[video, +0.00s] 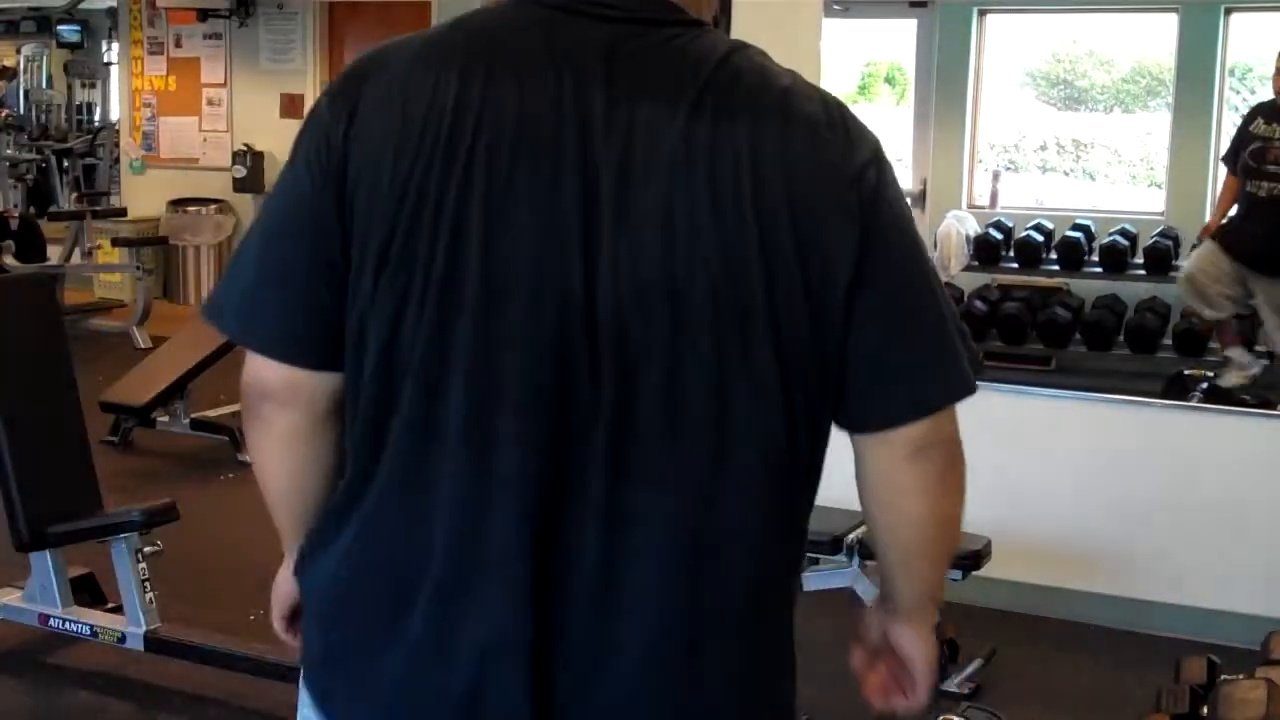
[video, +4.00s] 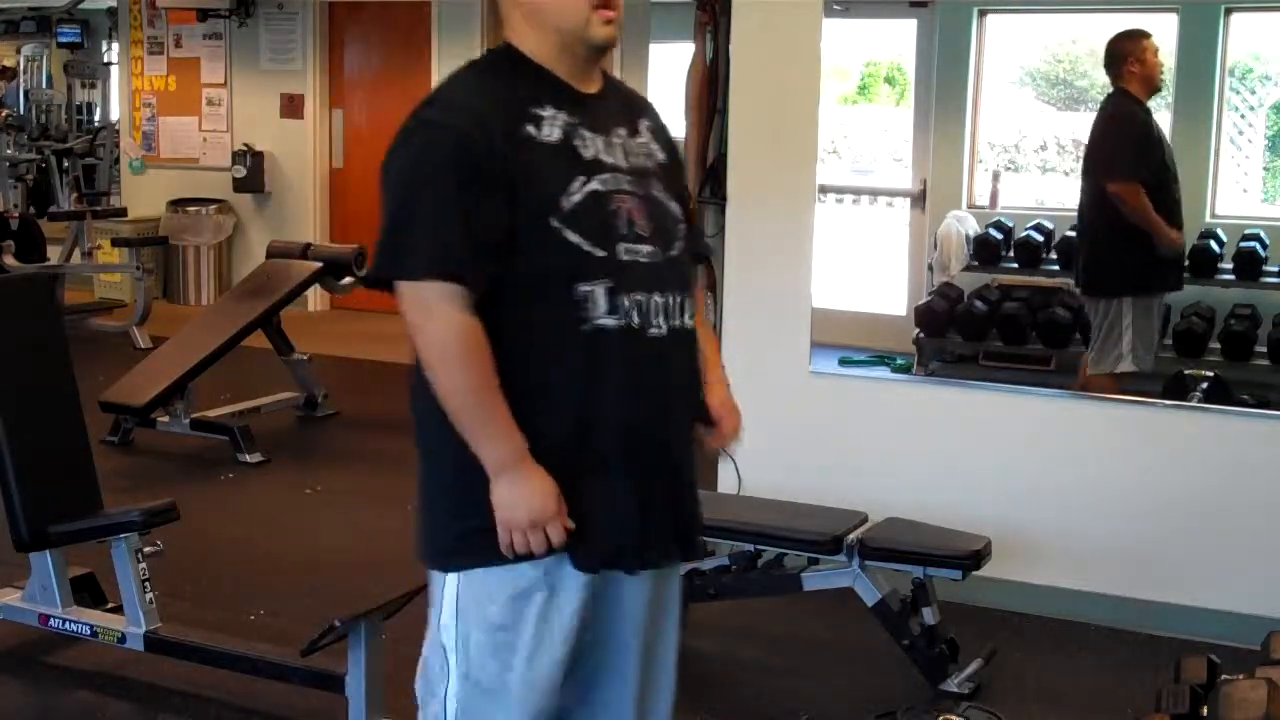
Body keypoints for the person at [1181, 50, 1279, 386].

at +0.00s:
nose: (1276, 79)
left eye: (1279, 73)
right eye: (1276, 73)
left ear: (1279, 79)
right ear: (1273, 77)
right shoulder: (1260, 114)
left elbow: (1235, 175)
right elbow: (1235, 174)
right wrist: (1216, 219)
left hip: (1277, 238)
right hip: (1247, 229)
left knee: (1274, 331)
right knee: (1198, 274)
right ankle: (1238, 359)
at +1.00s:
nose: (1169, 67)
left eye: (1181, 62)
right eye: (1165, 59)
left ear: (1199, 73)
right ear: (1157, 65)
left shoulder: (1216, 124)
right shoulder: (1131, 115)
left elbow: (1237, 186)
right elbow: (1102, 174)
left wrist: (1231, 243)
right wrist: (1079, 224)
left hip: (1183, 251)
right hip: (1129, 247)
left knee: (1155, 350)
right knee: (1142, 349)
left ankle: (1134, 437)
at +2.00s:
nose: (1147, 66)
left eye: (1151, 59)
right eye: (1137, 57)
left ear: (1155, 65)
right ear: (1110, 62)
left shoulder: (1147, 118)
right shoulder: (1083, 116)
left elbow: (1161, 178)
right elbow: (1055, 183)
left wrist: (1173, 226)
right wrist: (1061, 248)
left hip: (1138, 260)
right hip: (1088, 260)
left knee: (1133, 367)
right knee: (1063, 364)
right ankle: (1052, 444)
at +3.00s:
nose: (1135, 63)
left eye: (1132, 55)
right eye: (1128, 55)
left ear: (1104, 65)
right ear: (1105, 64)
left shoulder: (1111, 109)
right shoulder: (1087, 108)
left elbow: (1126, 184)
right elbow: (1115, 158)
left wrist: (1149, 228)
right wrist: (1136, 119)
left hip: (1106, 252)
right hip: (1083, 255)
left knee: (1093, 357)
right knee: (1078, 357)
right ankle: (1062, 440)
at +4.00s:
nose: (1162, 64)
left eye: (1159, 56)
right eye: (1155, 56)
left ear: (1129, 66)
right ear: (1133, 65)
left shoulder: (1120, 109)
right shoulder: (1125, 113)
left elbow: (1116, 183)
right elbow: (1120, 184)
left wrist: (1162, 231)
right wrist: (1166, 233)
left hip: (1113, 263)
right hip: (1125, 267)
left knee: (1100, 363)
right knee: (1118, 371)